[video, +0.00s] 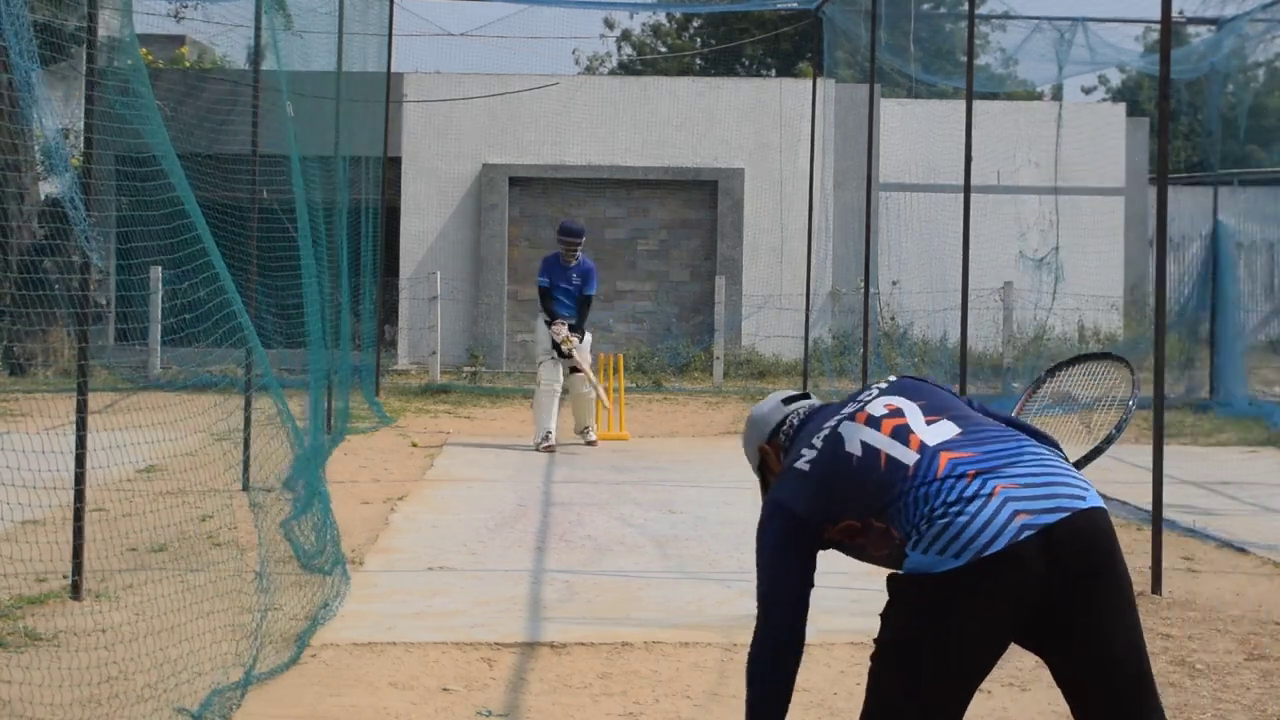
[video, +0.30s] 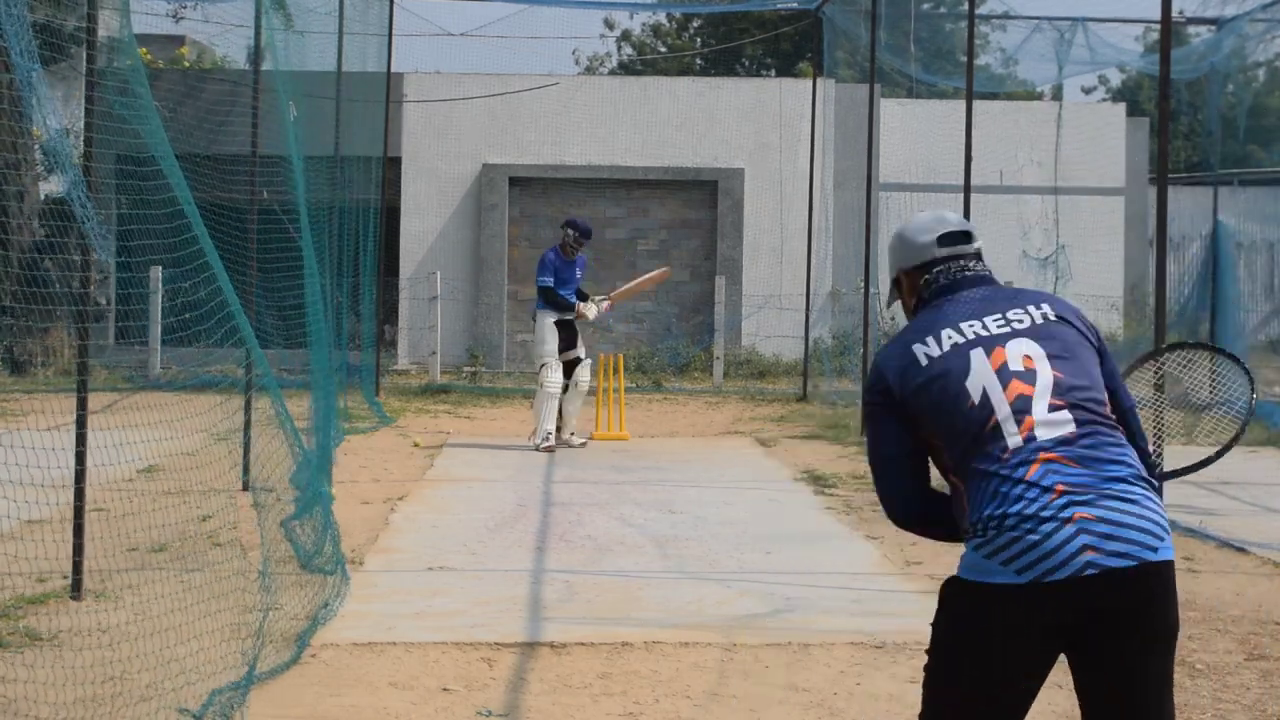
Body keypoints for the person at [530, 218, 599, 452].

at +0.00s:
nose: (569, 252)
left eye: (574, 248)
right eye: (565, 247)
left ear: (581, 245)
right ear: (559, 244)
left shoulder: (587, 268)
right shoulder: (548, 264)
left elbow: (585, 304)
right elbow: (544, 298)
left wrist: (577, 332)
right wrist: (555, 321)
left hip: (577, 326)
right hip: (550, 324)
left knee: (581, 380)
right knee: (550, 378)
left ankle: (585, 427)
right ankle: (545, 433)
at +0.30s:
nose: (576, 246)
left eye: (581, 243)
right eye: (574, 240)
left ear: (584, 244)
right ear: (565, 235)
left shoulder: (579, 261)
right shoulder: (549, 258)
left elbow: (573, 289)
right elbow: (547, 295)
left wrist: (593, 301)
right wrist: (577, 308)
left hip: (568, 319)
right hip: (547, 318)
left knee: (580, 375)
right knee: (551, 376)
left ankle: (564, 432)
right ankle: (544, 434)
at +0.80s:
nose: (600, 255)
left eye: (603, 252)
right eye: (601, 250)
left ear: (598, 246)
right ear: (595, 243)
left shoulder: (583, 262)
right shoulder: (571, 257)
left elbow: (572, 297)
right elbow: (550, 291)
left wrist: (593, 302)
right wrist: (553, 322)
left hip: (571, 318)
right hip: (563, 318)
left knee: (571, 380)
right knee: (584, 375)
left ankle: (559, 429)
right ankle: (557, 431)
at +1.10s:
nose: (614, 267)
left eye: (617, 264)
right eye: (616, 263)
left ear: (608, 252)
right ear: (610, 255)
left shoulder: (591, 266)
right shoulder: (589, 264)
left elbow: (579, 300)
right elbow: (566, 292)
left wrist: (597, 311)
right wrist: (576, 322)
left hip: (569, 324)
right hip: (567, 325)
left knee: (581, 381)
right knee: (584, 381)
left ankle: (562, 431)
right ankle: (573, 439)